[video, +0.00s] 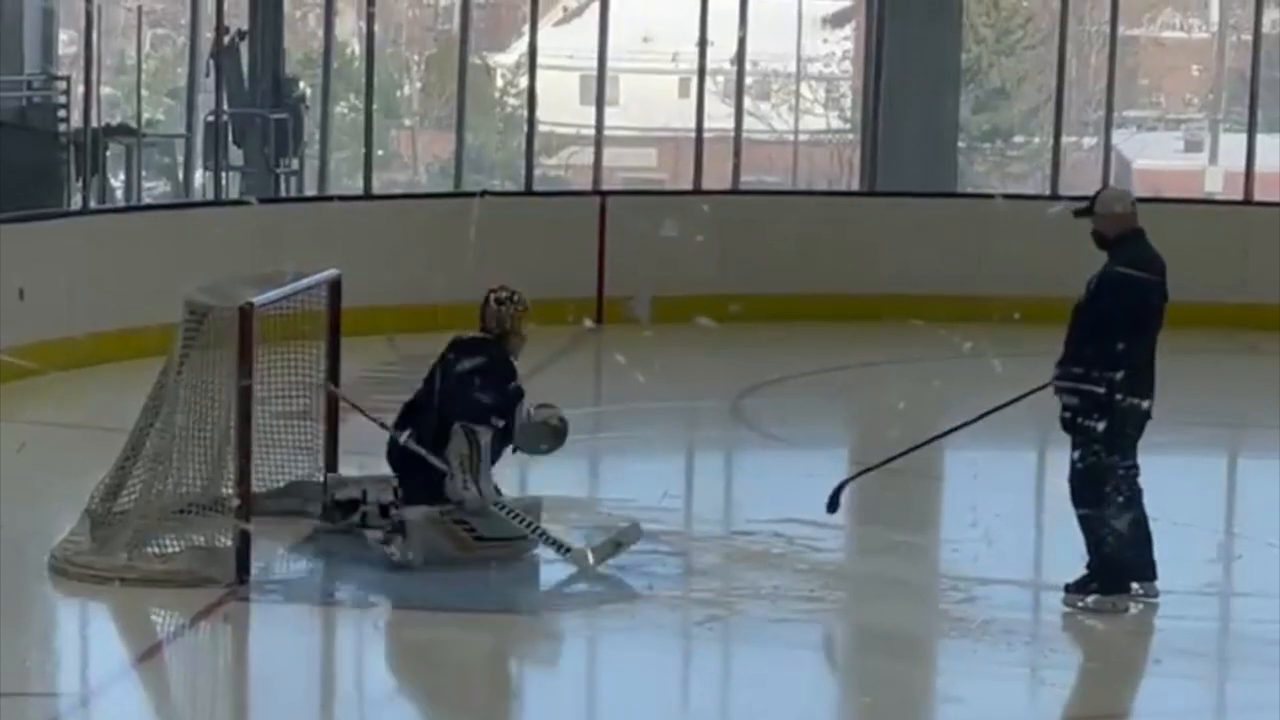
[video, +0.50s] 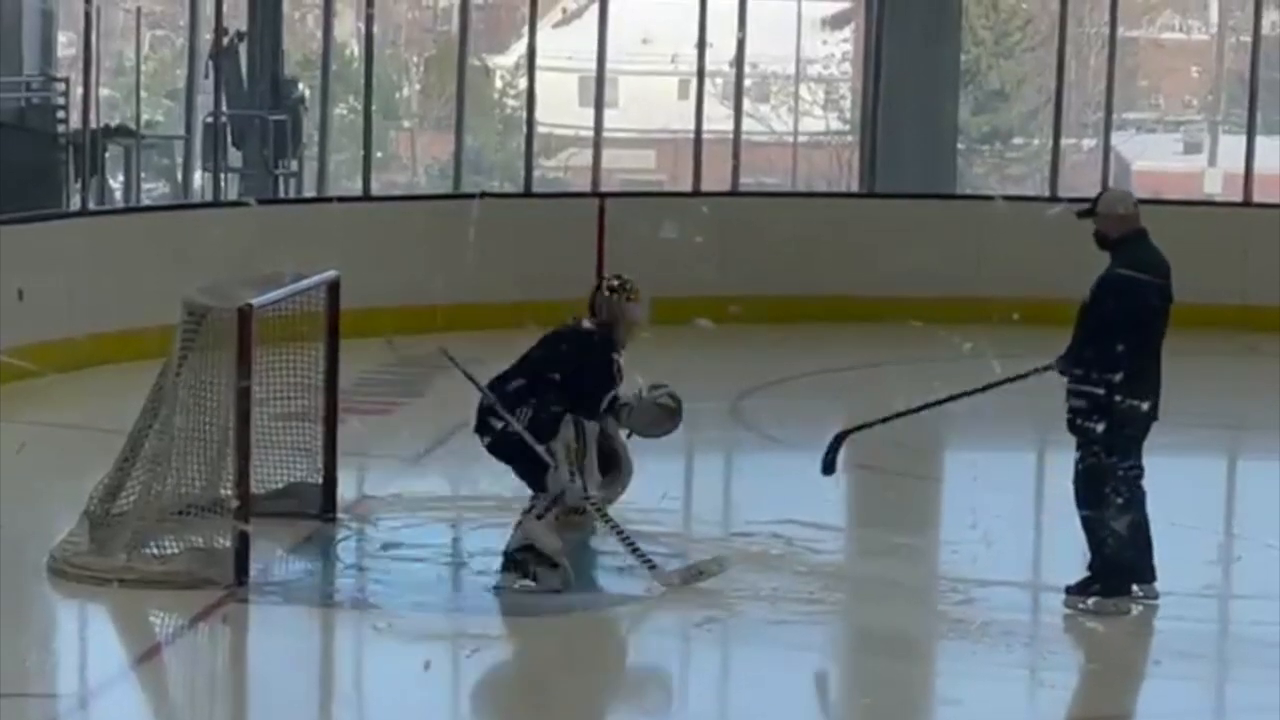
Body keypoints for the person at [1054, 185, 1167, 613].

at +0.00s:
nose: (1092, 229)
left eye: (1097, 221)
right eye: (1092, 221)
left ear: (1113, 221)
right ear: (1127, 219)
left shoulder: (1125, 269)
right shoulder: (1141, 263)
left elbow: (1100, 336)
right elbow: (1103, 332)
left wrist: (1074, 385)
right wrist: (1073, 374)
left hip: (1109, 397)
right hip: (1125, 393)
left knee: (1092, 486)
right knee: (1118, 483)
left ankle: (1110, 577)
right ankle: (1136, 571)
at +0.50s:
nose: (1094, 230)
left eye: (1098, 223)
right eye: (1094, 222)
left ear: (1114, 224)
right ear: (1131, 221)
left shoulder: (1125, 271)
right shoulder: (1149, 263)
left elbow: (1108, 336)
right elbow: (1121, 332)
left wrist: (1074, 363)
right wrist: (1079, 357)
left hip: (1112, 399)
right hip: (1134, 395)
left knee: (1097, 486)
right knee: (1122, 483)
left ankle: (1112, 578)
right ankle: (1134, 572)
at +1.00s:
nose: (1096, 236)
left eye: (1099, 228)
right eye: (1095, 228)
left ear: (1117, 226)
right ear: (1130, 223)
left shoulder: (1128, 272)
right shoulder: (1150, 265)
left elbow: (1103, 336)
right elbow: (1117, 328)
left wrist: (1069, 338)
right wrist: (1077, 334)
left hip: (1115, 404)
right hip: (1134, 401)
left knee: (1098, 489)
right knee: (1122, 487)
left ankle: (1111, 582)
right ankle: (1133, 575)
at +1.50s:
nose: (1063, 256)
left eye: (1067, 247)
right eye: (1061, 248)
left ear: (1088, 243)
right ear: (1090, 243)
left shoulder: (1113, 287)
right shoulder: (1105, 279)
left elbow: (1111, 361)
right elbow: (1104, 356)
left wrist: (1091, 417)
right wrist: (1083, 407)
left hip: (1112, 413)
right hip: (1113, 410)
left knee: (1088, 494)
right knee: (1115, 494)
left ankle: (1094, 589)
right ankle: (1133, 581)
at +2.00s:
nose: (1030, 262)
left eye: (1036, 256)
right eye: (1029, 255)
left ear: (1060, 254)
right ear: (1044, 254)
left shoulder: (1102, 298)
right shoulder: (1040, 287)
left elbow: (1105, 376)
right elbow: (1017, 345)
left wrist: (1090, 437)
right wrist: (983, 386)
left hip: (1077, 425)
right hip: (1038, 422)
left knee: (1056, 519)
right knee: (1054, 511)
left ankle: (1046, 615)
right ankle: (1075, 586)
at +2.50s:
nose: (999, 268)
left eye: (1006, 261)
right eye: (999, 261)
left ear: (1031, 259)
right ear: (1017, 259)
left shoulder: (1080, 309)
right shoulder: (1009, 299)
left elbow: (1084, 387)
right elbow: (979, 361)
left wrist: (1074, 447)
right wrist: (940, 404)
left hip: (1052, 449)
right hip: (1002, 445)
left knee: (1047, 547)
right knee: (993, 540)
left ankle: (1045, 642)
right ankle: (984, 628)